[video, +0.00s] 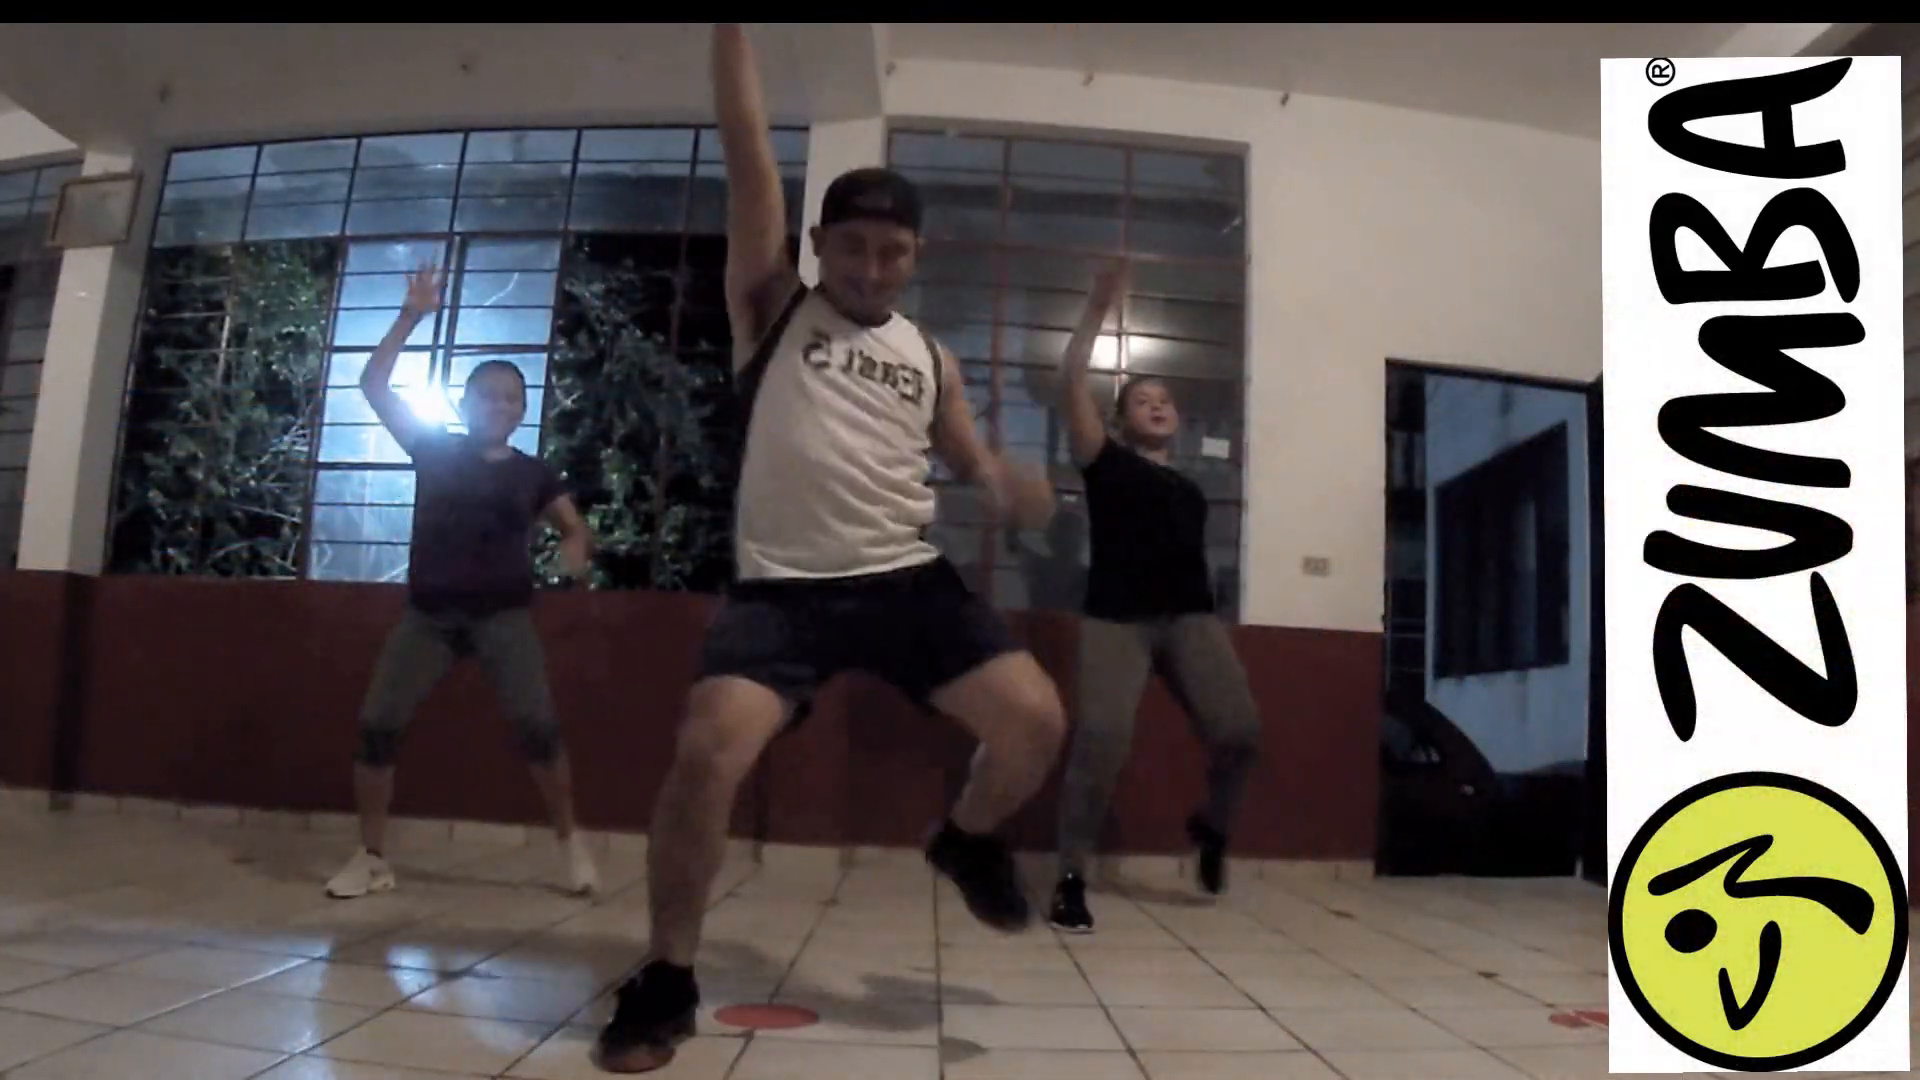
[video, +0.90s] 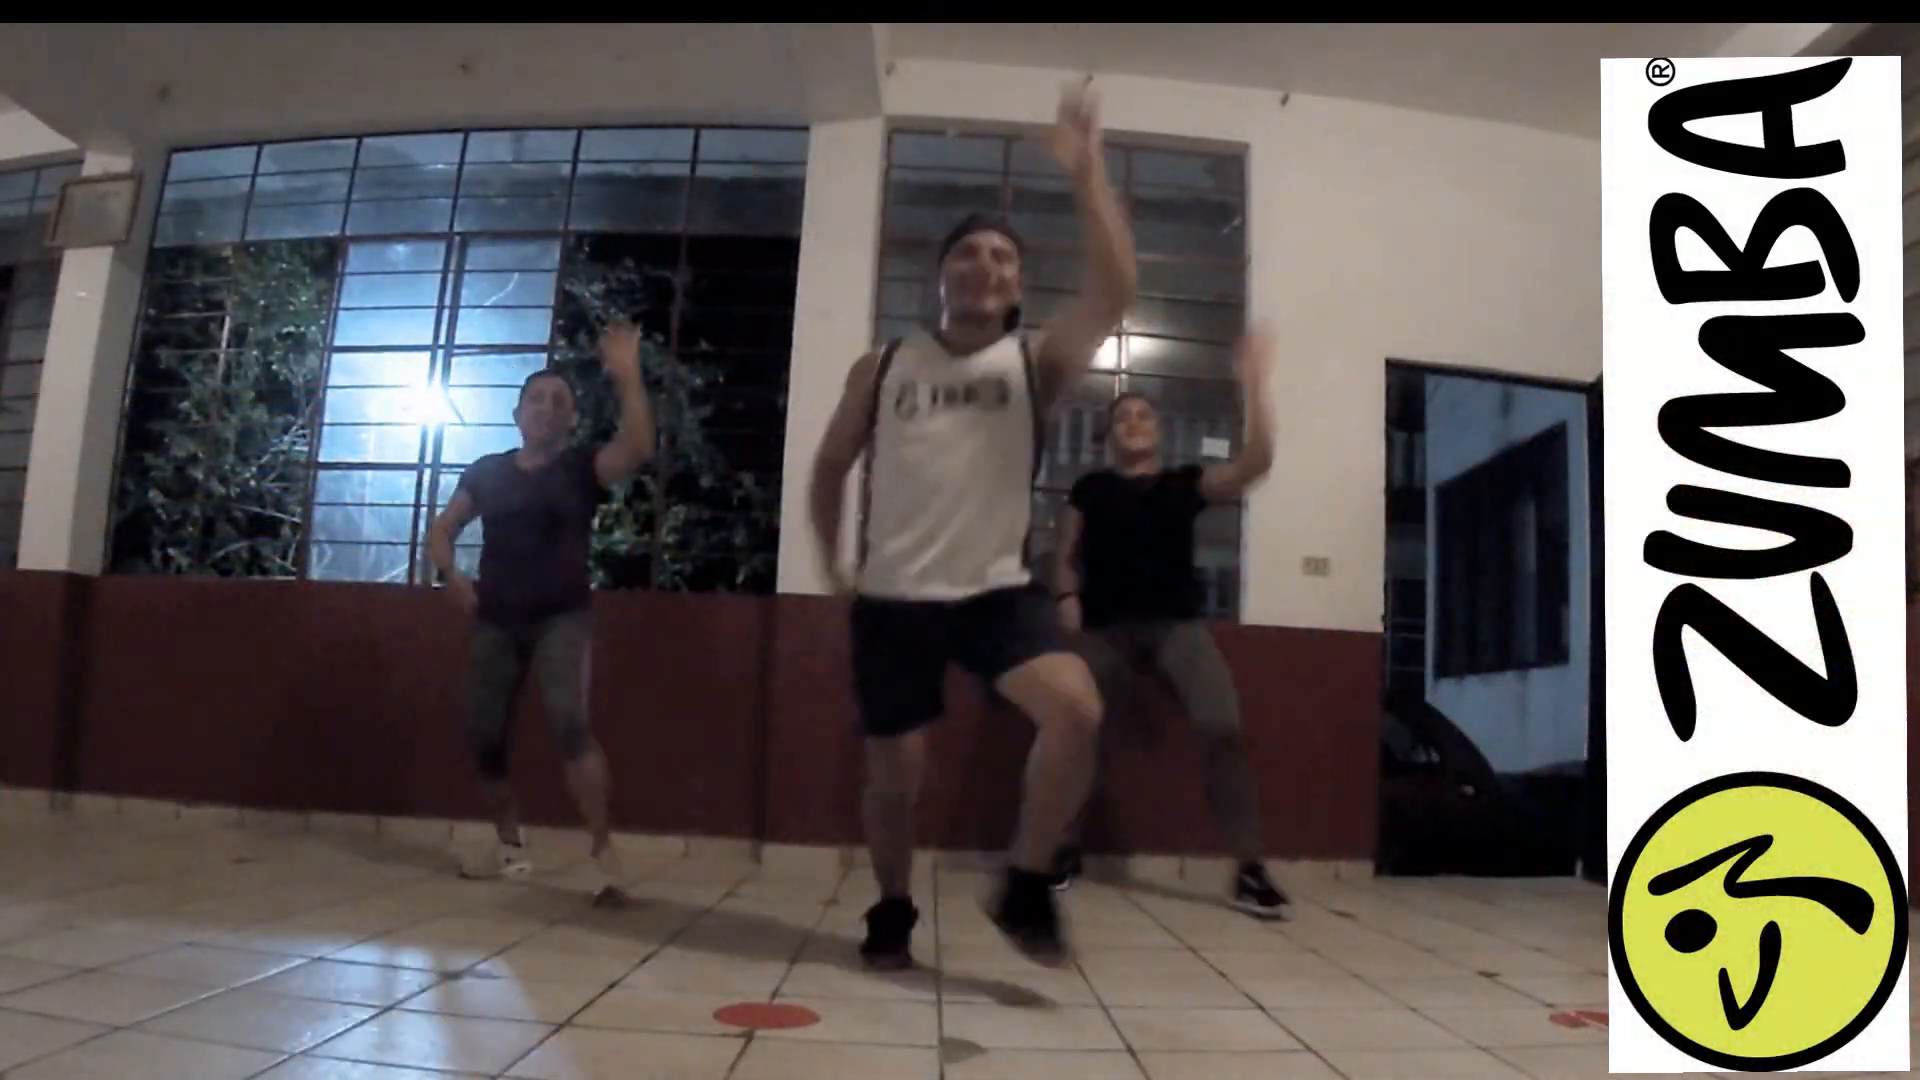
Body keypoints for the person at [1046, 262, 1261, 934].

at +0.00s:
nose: (1157, 409)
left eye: (1165, 403)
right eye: (1144, 403)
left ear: (1177, 421)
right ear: (1121, 419)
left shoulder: (1187, 487)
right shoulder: (1104, 462)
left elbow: (1186, 555)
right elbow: (1072, 381)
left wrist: (1195, 607)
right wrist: (1098, 307)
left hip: (1188, 618)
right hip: (1117, 621)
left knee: (1236, 729)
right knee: (1101, 739)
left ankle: (1214, 830)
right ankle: (1072, 875)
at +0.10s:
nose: (1153, 423)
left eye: (1161, 416)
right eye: (1141, 417)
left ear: (1176, 429)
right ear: (1122, 432)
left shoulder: (1196, 492)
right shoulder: (1104, 480)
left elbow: (1190, 558)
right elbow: (1051, 423)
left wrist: (1205, 612)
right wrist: (1090, 357)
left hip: (1191, 629)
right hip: (1120, 629)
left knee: (1202, 743)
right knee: (1108, 745)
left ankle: (1190, 853)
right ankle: (1073, 875)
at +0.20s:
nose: (1154, 440)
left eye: (1162, 431)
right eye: (1143, 433)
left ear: (1178, 442)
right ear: (1125, 446)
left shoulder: (1204, 507)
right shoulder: (1113, 504)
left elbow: (1254, 548)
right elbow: (1046, 504)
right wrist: (1084, 443)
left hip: (1195, 650)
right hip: (1125, 647)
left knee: (1192, 760)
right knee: (1105, 754)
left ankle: (1171, 863)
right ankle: (1069, 868)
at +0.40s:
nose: (1150, 433)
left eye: (1158, 425)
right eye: (1139, 425)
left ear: (1172, 437)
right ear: (1120, 439)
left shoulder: (1198, 495)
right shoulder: (1103, 498)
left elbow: (1251, 552)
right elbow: (1081, 564)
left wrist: (1293, 611)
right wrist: (1070, 612)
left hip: (1184, 636)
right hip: (1114, 634)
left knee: (1188, 743)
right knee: (1090, 730)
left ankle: (1171, 859)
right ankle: (1072, 855)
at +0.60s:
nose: (1136, 436)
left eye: (1144, 427)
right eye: (1126, 427)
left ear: (1155, 439)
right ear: (1108, 438)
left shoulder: (1172, 503)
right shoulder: (1084, 496)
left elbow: (1194, 570)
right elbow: (1037, 541)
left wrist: (1230, 576)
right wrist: (1042, 597)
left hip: (1164, 639)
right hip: (1095, 637)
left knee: (1182, 743)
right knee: (1083, 746)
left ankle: (1150, 855)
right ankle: (1066, 854)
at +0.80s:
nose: (1130, 444)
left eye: (1139, 437)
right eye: (1119, 436)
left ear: (1152, 451)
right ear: (1102, 449)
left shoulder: (1173, 507)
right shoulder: (1079, 503)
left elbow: (1220, 555)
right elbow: (1030, 564)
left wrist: (1203, 490)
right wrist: (1047, 610)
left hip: (1158, 648)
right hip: (1092, 649)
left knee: (1220, 724)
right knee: (1077, 751)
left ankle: (1191, 849)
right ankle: (1063, 855)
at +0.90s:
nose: (1134, 424)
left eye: (1143, 417)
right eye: (1124, 418)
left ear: (1160, 430)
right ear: (1110, 434)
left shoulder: (1184, 485)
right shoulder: (1090, 491)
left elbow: (1254, 462)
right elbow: (1065, 555)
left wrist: (1254, 387)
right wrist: (1068, 601)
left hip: (1176, 624)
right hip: (1106, 625)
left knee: (1221, 725)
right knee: (1077, 724)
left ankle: (1250, 864)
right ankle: (1062, 849)